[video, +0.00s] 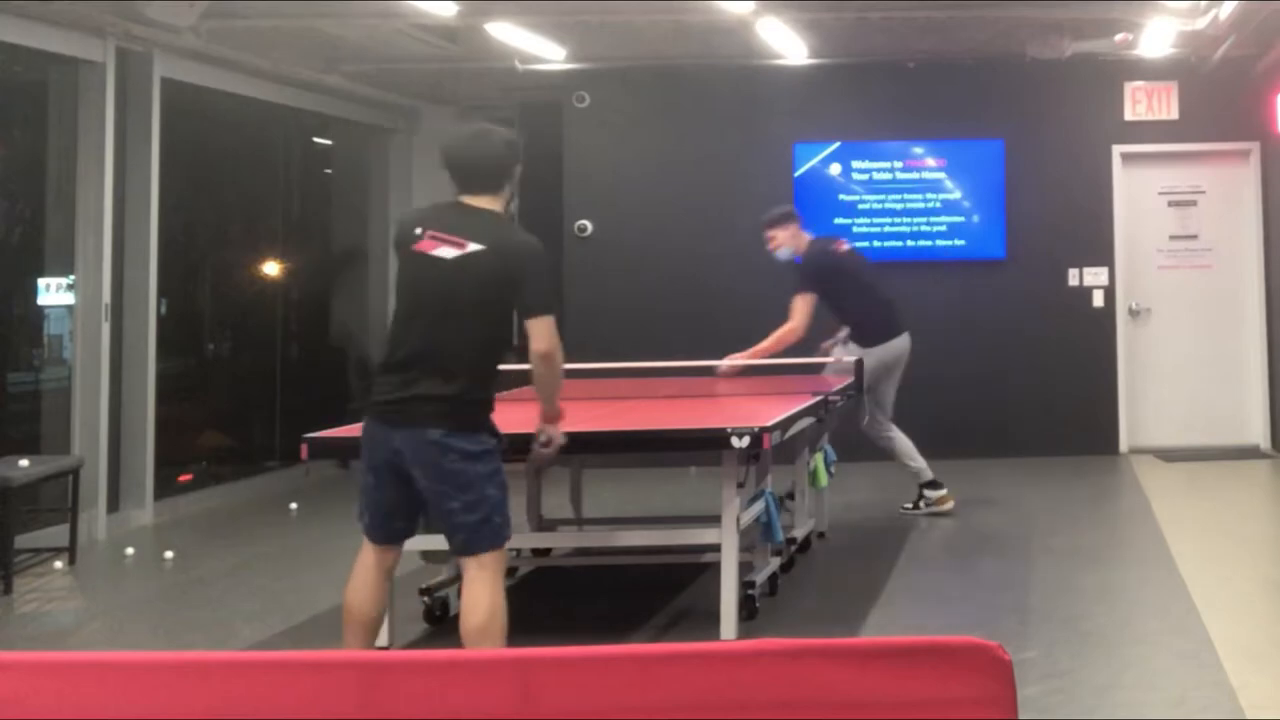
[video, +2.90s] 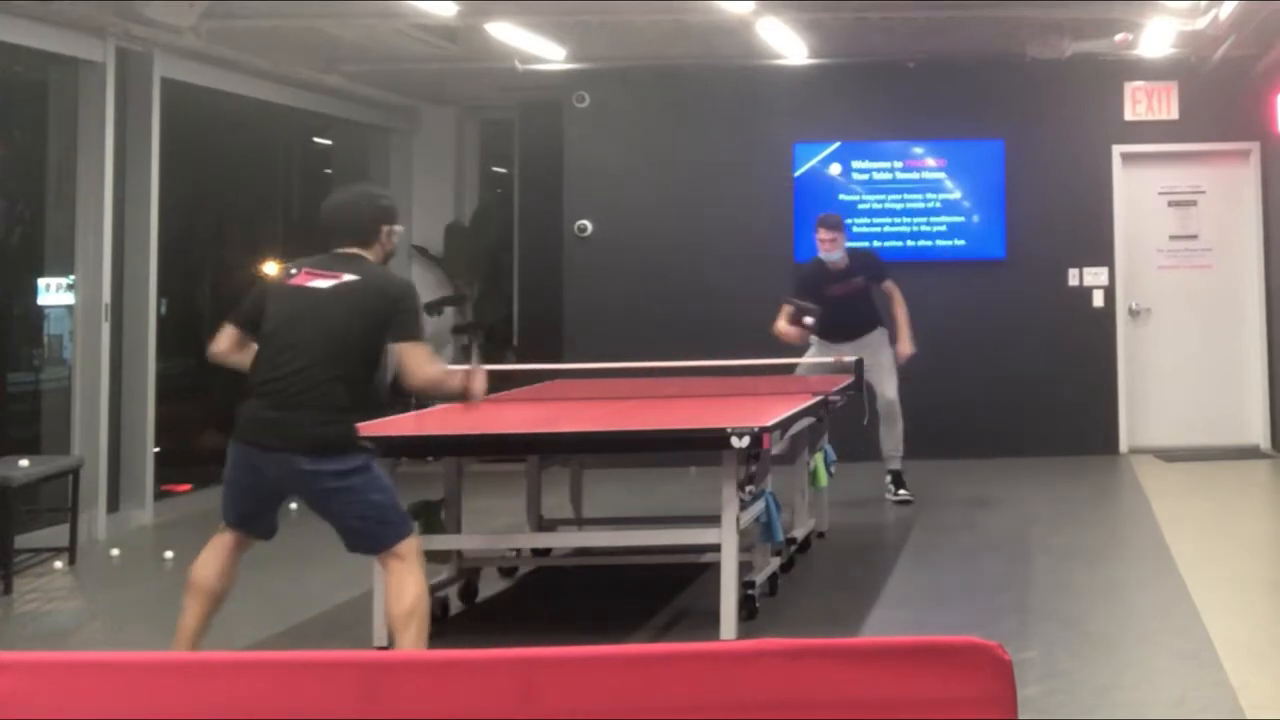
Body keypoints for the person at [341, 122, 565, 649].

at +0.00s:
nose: (518, 177)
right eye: (517, 170)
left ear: (454, 174)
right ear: (513, 176)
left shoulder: (414, 229)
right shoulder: (521, 248)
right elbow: (543, 348)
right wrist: (549, 413)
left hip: (386, 425)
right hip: (455, 431)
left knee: (377, 553)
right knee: (482, 564)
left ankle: (351, 683)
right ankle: (486, 705)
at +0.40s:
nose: (483, 178)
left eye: (481, 170)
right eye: (481, 171)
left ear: (415, 176)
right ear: (475, 177)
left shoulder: (380, 234)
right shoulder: (490, 252)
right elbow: (515, 351)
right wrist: (546, 414)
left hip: (380, 436)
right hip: (459, 437)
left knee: (351, 573)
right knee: (472, 572)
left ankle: (317, 704)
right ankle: (481, 712)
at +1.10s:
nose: (507, 190)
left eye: (506, 183)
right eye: (505, 183)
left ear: (445, 186)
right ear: (496, 188)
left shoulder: (408, 237)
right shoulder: (510, 247)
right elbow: (531, 334)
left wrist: (487, 217)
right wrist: (543, 385)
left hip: (397, 424)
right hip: (470, 428)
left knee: (363, 560)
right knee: (512, 550)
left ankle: (319, 687)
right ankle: (534, 681)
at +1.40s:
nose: (503, 199)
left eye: (501, 192)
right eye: (503, 192)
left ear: (442, 193)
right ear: (497, 195)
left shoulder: (405, 240)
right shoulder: (512, 252)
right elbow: (545, 337)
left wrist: (485, 228)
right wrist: (559, 383)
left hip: (386, 423)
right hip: (462, 428)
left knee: (344, 561)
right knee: (508, 550)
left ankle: (299, 690)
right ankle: (533, 682)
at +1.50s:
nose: (481, 201)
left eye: (479, 192)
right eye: (478, 192)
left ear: (418, 195)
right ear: (468, 197)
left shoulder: (372, 245)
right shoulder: (482, 253)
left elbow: (346, 330)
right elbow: (515, 340)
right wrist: (536, 381)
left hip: (365, 433)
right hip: (443, 434)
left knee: (331, 566)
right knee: (493, 553)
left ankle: (288, 694)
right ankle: (530, 678)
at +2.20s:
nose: (447, 263)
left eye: (447, 255)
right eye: (447, 256)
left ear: (381, 252)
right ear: (436, 259)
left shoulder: (329, 286)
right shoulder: (436, 303)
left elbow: (270, 359)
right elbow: (486, 389)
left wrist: (320, 367)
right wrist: (474, 416)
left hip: (291, 444)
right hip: (364, 448)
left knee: (267, 554)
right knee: (440, 552)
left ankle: (222, 671)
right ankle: (453, 679)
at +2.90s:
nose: (395, 237)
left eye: (393, 228)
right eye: (392, 229)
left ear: (334, 232)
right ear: (381, 234)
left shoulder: (288, 275)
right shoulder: (391, 289)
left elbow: (223, 348)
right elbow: (417, 373)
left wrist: (285, 366)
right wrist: (461, 380)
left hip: (256, 440)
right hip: (326, 446)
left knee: (231, 536)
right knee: (401, 552)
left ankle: (178, 657)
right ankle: (412, 681)